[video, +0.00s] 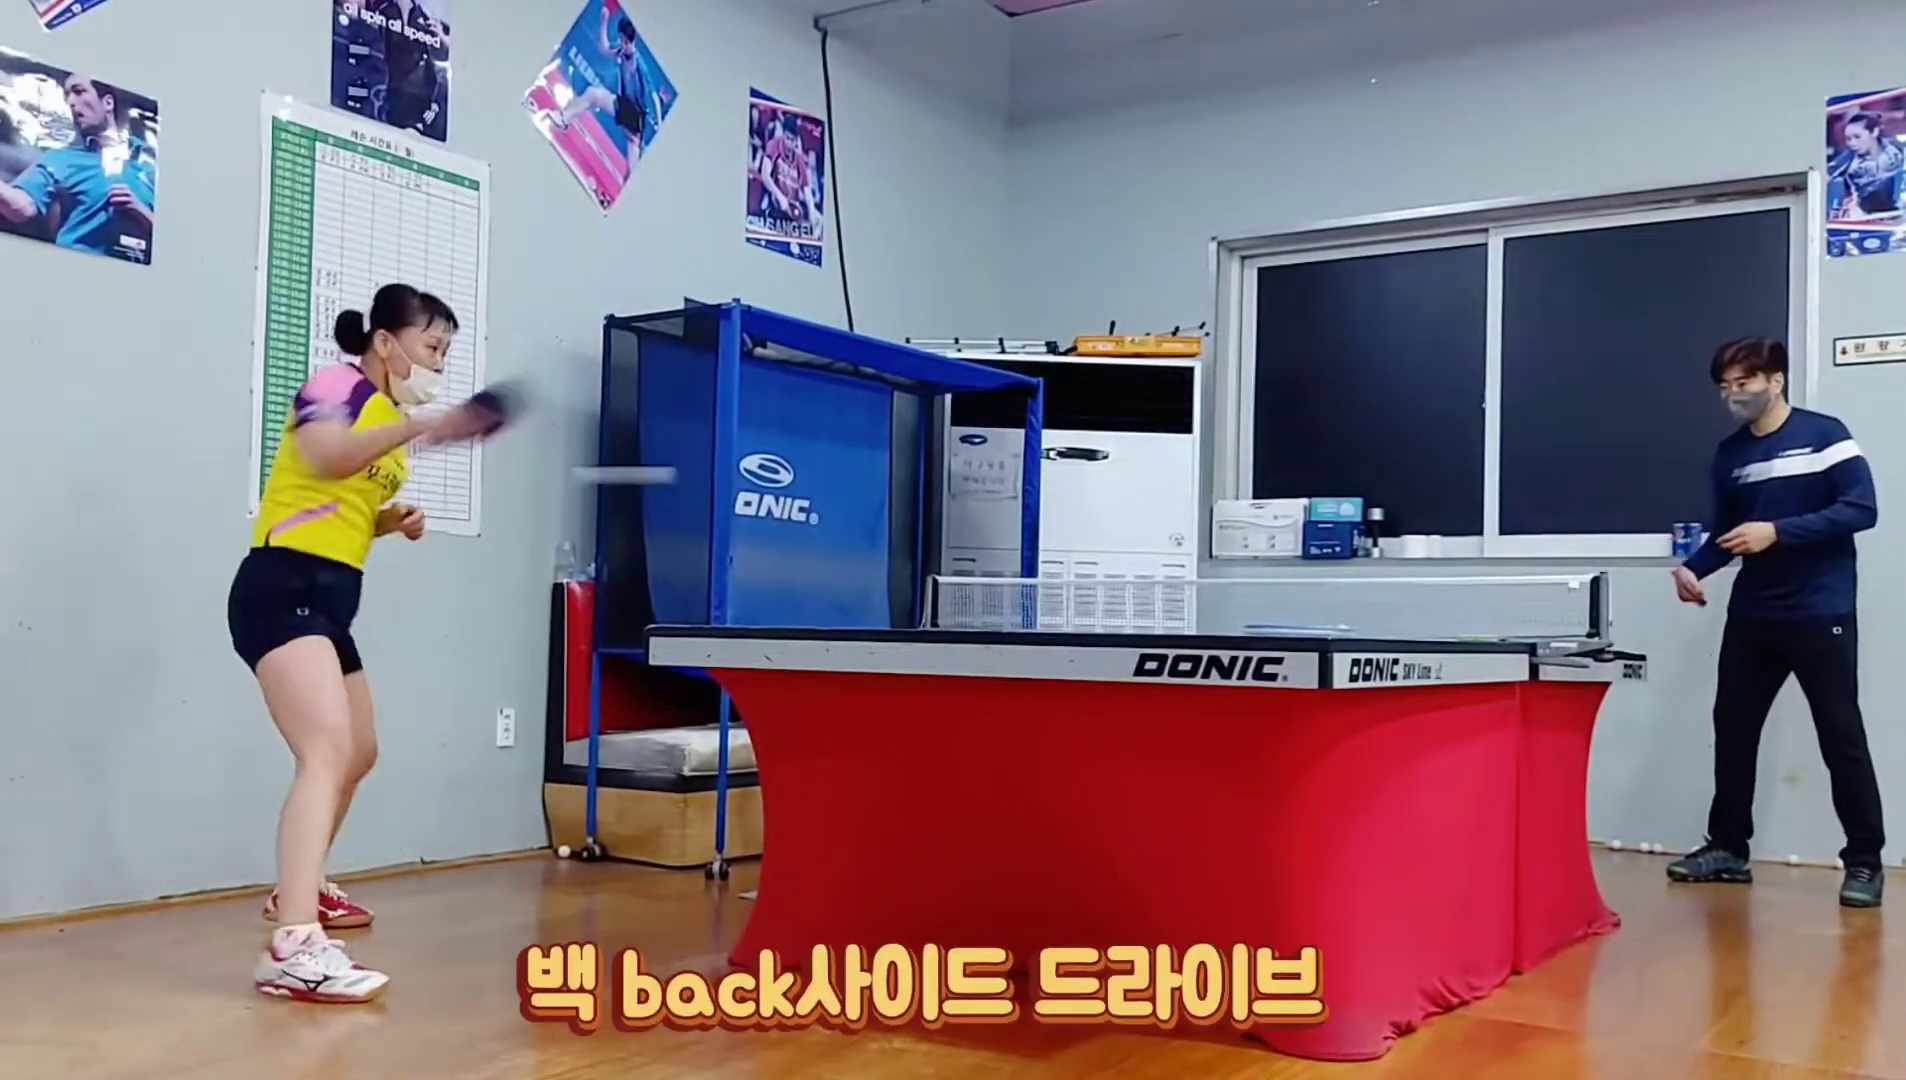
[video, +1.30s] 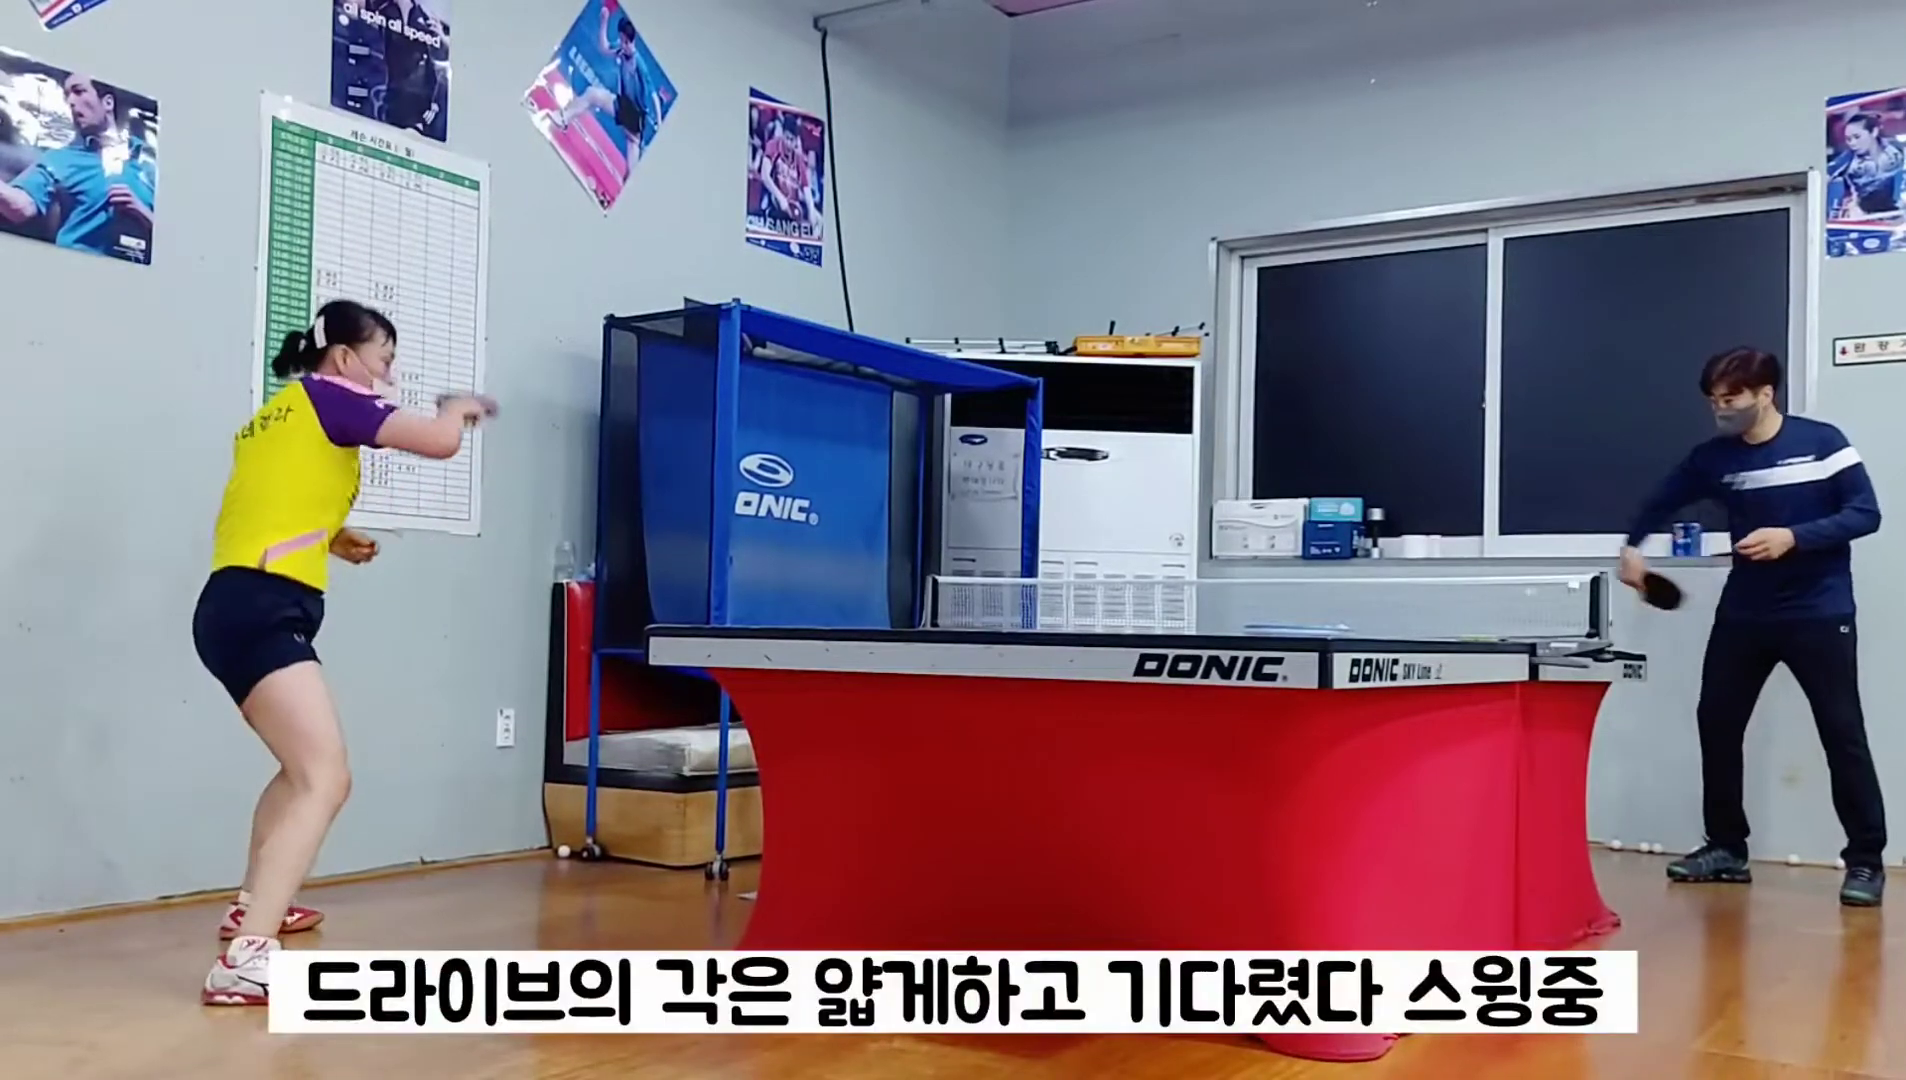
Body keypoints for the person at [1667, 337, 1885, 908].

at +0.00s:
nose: (1735, 390)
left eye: (1746, 379)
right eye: (1727, 384)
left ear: (1776, 380)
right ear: (1723, 392)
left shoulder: (1825, 433)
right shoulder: (1731, 452)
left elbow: (1861, 508)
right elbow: (1727, 532)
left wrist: (1776, 530)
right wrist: (1694, 565)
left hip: (1822, 617)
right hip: (1753, 618)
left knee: (1842, 740)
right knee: (1733, 731)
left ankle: (1864, 863)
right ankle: (1729, 849)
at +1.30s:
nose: (1721, 407)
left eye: (1732, 396)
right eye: (1715, 398)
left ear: (1766, 395)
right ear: (1711, 400)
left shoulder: (1823, 442)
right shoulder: (1713, 458)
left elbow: (1866, 513)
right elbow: (1663, 502)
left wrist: (1792, 536)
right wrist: (1631, 546)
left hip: (1819, 618)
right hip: (1744, 618)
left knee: (1843, 737)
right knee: (1717, 723)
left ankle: (1864, 863)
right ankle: (1726, 849)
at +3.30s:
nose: (1724, 410)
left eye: (1735, 399)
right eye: (1718, 401)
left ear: (1767, 396)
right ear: (1712, 403)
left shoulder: (1820, 442)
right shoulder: (1711, 463)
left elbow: (1860, 515)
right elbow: (1678, 531)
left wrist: (1787, 533)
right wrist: (1655, 557)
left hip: (1811, 618)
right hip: (1737, 619)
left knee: (1838, 736)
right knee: (1709, 722)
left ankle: (1863, 862)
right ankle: (1725, 848)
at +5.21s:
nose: (1724, 410)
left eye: (1735, 399)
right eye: (1717, 401)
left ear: (1768, 394)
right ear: (1713, 404)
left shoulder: (1824, 442)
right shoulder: (1721, 462)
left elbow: (1862, 515)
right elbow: (1699, 527)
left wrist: (1785, 534)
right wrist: (1676, 573)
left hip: (1817, 618)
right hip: (1744, 618)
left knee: (1841, 736)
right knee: (1716, 721)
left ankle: (1864, 863)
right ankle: (1727, 847)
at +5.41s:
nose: (1715, 406)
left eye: (1726, 395)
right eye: (1708, 397)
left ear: (1758, 393)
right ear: (1703, 401)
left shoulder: (1813, 441)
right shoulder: (1703, 460)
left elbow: (1857, 512)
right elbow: (1652, 507)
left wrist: (1787, 536)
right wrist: (1611, 525)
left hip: (1808, 615)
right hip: (1735, 615)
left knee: (1836, 735)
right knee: (1711, 724)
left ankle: (1864, 862)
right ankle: (1726, 848)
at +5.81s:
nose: (1722, 394)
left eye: (1733, 383)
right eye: (1715, 387)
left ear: (1763, 386)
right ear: (1708, 396)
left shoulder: (1811, 440)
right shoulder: (1708, 462)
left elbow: (1846, 514)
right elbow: (1690, 533)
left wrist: (1766, 534)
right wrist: (1662, 555)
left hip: (1804, 618)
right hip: (1733, 619)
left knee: (1834, 739)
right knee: (1709, 721)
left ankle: (1863, 862)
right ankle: (1724, 848)